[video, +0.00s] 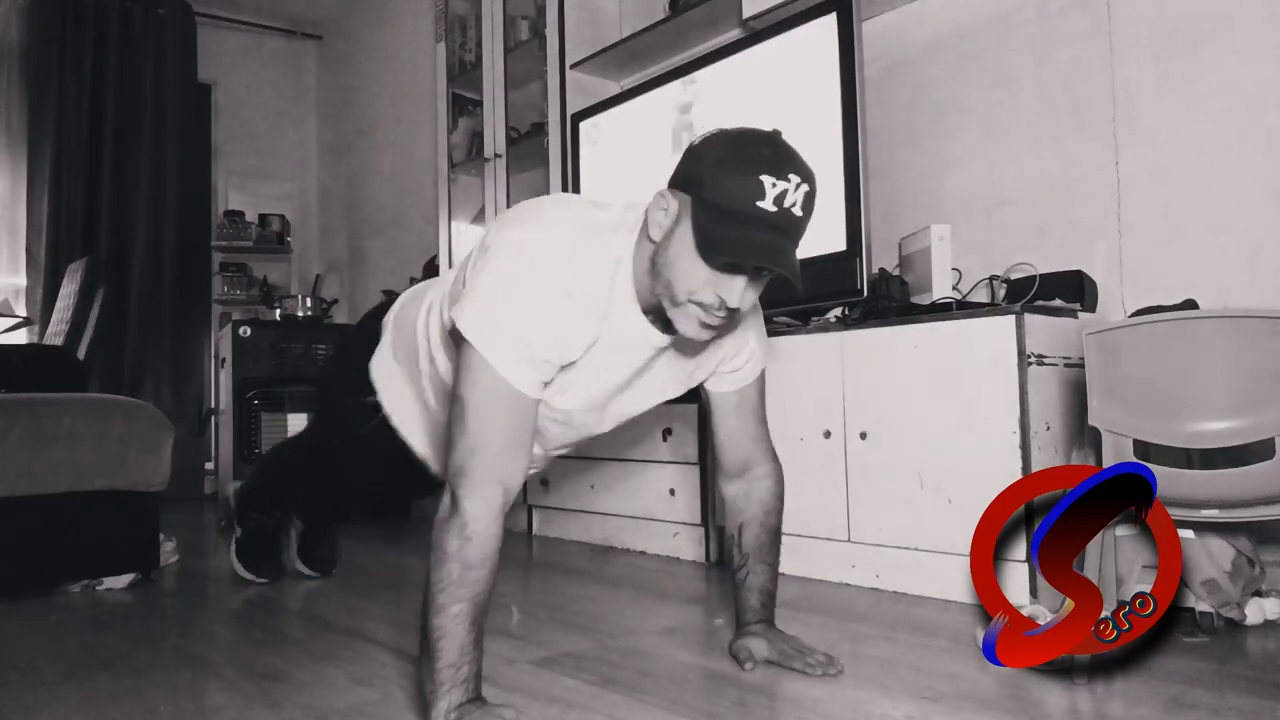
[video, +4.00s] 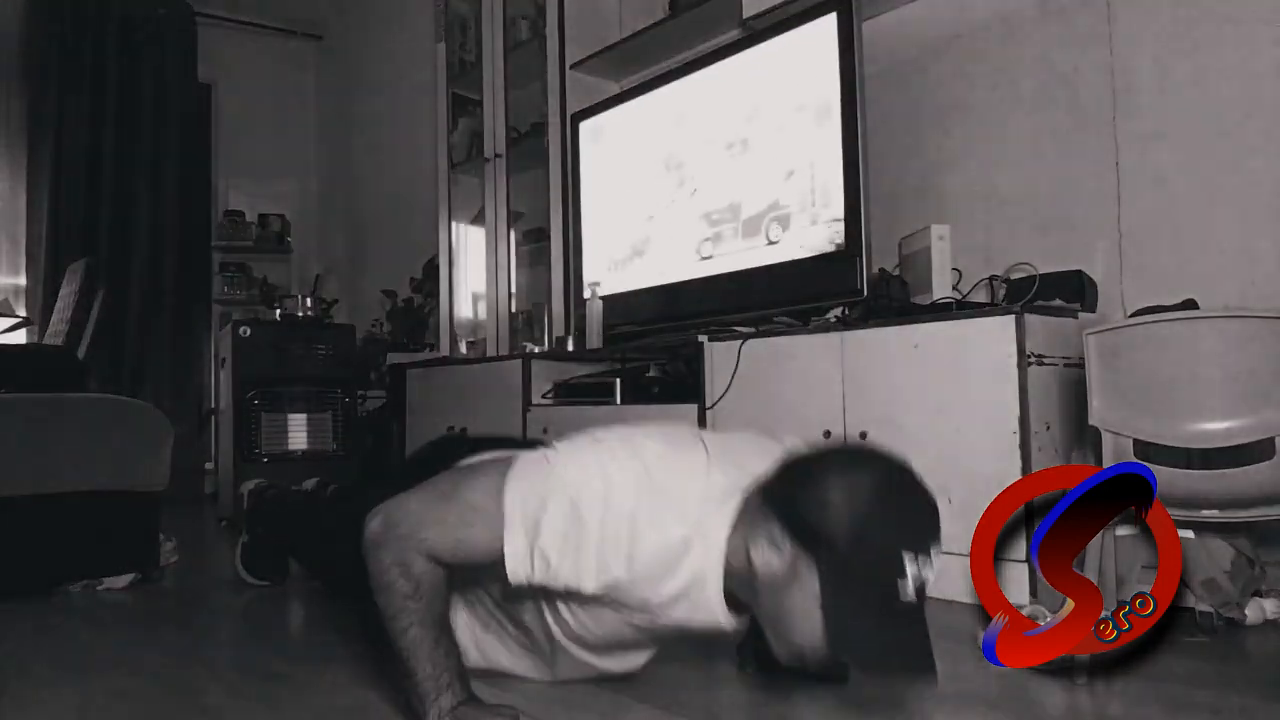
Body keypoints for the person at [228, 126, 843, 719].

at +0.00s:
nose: (733, 296)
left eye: (758, 275)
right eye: (721, 259)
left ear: (778, 267)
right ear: (666, 216)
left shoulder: (732, 320)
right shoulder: (539, 260)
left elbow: (748, 471)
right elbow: (476, 499)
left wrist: (757, 624)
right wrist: (453, 702)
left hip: (479, 445)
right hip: (395, 391)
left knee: (375, 496)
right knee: (314, 471)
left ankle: (315, 520)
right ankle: (254, 511)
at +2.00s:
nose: (741, 349)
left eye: (758, 334)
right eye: (736, 319)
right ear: (683, 252)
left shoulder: (725, 318)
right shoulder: (546, 261)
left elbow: (751, 471)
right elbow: (481, 498)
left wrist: (764, 629)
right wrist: (449, 705)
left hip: (496, 456)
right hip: (412, 404)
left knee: (375, 495)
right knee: (321, 479)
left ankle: (314, 521)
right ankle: (249, 519)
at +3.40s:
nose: (753, 353)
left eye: (765, 335)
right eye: (745, 324)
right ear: (686, 264)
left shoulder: (724, 329)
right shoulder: (546, 276)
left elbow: (749, 468)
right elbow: (449, 502)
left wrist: (766, 627)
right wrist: (449, 697)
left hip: (485, 451)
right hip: (402, 411)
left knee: (368, 492)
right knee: (319, 483)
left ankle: (314, 524)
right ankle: (251, 522)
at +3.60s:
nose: (776, 534)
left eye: (795, 520)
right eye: (775, 510)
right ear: (742, 445)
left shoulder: (780, 409)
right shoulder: (585, 401)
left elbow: (776, 513)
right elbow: (396, 528)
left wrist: (765, 625)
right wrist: (446, 702)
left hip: (523, 483)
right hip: (432, 438)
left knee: (358, 509)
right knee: (324, 494)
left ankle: (303, 543)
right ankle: (255, 521)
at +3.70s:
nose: (809, 624)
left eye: (830, 608)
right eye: (807, 599)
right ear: (757, 531)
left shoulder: (800, 482)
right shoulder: (615, 467)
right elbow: (394, 528)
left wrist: (771, 637)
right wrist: (444, 702)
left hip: (528, 485)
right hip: (430, 469)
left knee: (354, 532)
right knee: (321, 519)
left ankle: (277, 533)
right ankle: (254, 521)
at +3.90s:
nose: (842, 698)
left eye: (863, 680)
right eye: (840, 670)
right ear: (781, 595)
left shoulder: (825, 520)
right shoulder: (629, 533)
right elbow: (402, 533)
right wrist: (444, 702)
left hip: (550, 498)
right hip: (450, 540)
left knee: (388, 509)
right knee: (345, 538)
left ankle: (318, 496)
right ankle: (273, 517)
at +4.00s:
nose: (832, 654)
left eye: (851, 635)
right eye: (832, 627)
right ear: (776, 555)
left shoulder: (811, 506)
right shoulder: (626, 505)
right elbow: (395, 533)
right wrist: (446, 702)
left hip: (546, 489)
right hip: (446, 514)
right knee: (324, 532)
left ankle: (286, 524)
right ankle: (263, 529)